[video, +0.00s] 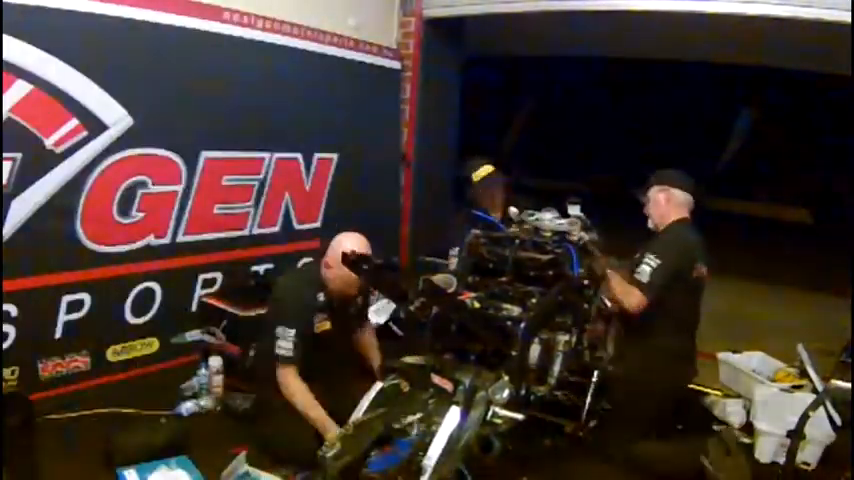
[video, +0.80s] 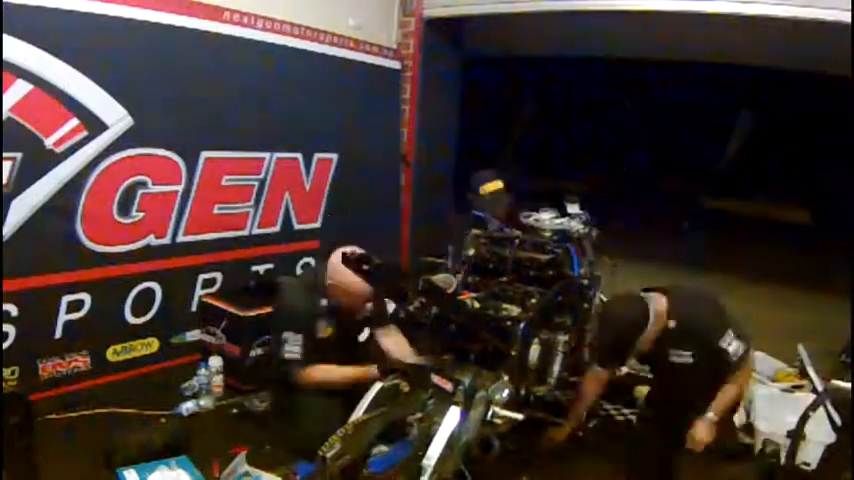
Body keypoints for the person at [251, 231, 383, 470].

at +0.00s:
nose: (363, 283)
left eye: (365, 275)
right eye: (357, 274)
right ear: (329, 265)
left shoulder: (350, 287)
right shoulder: (295, 293)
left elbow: (363, 330)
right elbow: (286, 377)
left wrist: (380, 374)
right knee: (303, 448)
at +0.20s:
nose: (302, 287)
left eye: (308, 280)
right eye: (294, 280)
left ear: (321, 269)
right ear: (281, 271)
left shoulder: (335, 283)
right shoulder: (259, 299)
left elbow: (349, 326)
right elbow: (236, 368)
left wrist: (344, 360)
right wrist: (239, 435)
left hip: (325, 378)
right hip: (277, 381)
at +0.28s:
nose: (322, 249)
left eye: (324, 241)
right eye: (314, 241)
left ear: (326, 238)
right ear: (289, 241)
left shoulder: (329, 272)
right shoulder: (259, 281)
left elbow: (346, 319)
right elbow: (255, 353)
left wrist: (350, 328)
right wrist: (314, 338)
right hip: (286, 389)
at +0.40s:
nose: (323, 265)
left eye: (327, 256)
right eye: (316, 257)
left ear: (330, 247)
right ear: (293, 247)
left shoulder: (331, 276)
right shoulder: (262, 282)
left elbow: (344, 327)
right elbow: (251, 352)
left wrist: (378, 364)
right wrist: (312, 364)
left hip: (334, 378)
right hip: (286, 384)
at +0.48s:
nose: (395, 294)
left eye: (398, 287)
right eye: (392, 286)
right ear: (374, 274)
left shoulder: (376, 297)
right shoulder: (328, 290)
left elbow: (401, 335)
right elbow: (322, 368)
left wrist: (433, 359)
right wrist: (387, 373)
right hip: (286, 371)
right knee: (309, 444)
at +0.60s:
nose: (374, 276)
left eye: (380, 268)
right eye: (367, 266)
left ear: (386, 266)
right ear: (345, 258)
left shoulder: (361, 292)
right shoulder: (309, 291)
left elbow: (357, 338)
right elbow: (294, 365)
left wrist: (388, 354)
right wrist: (361, 369)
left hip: (328, 376)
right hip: (289, 383)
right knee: (307, 448)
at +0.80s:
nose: (367, 307)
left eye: (370, 300)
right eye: (362, 300)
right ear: (338, 290)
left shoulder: (356, 298)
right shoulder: (297, 301)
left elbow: (385, 328)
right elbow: (299, 373)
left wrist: (418, 372)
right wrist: (374, 372)